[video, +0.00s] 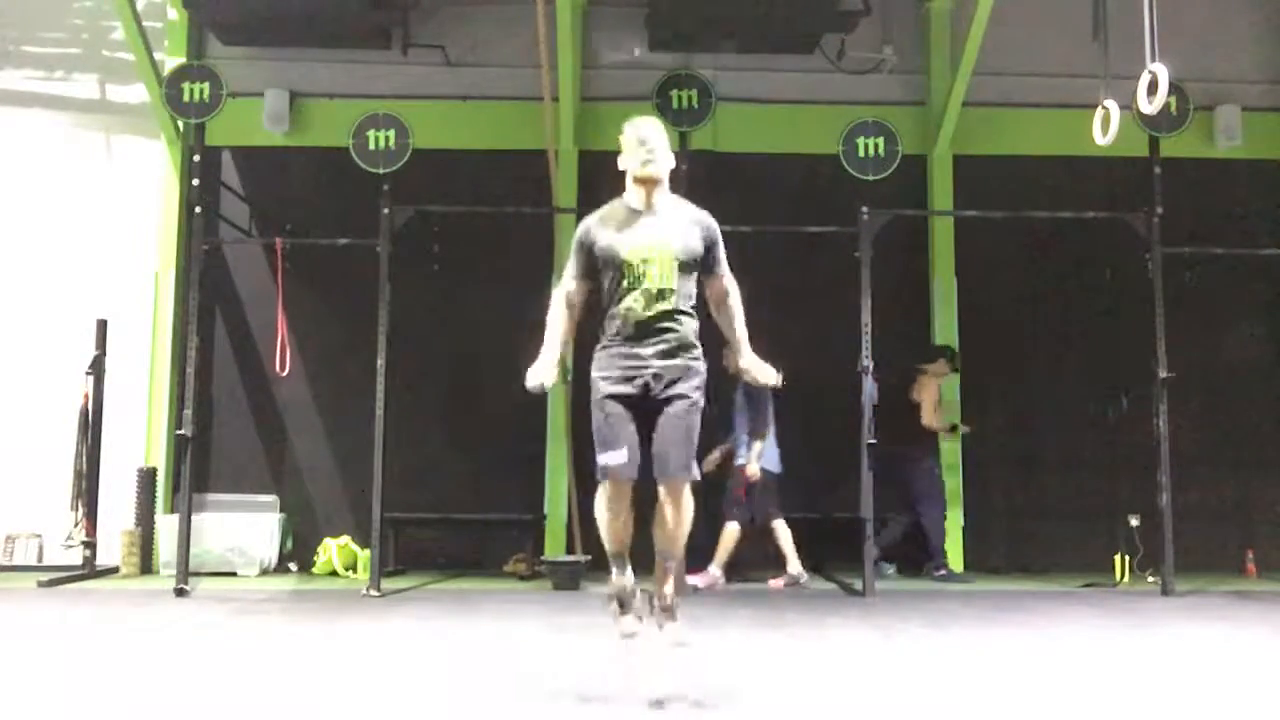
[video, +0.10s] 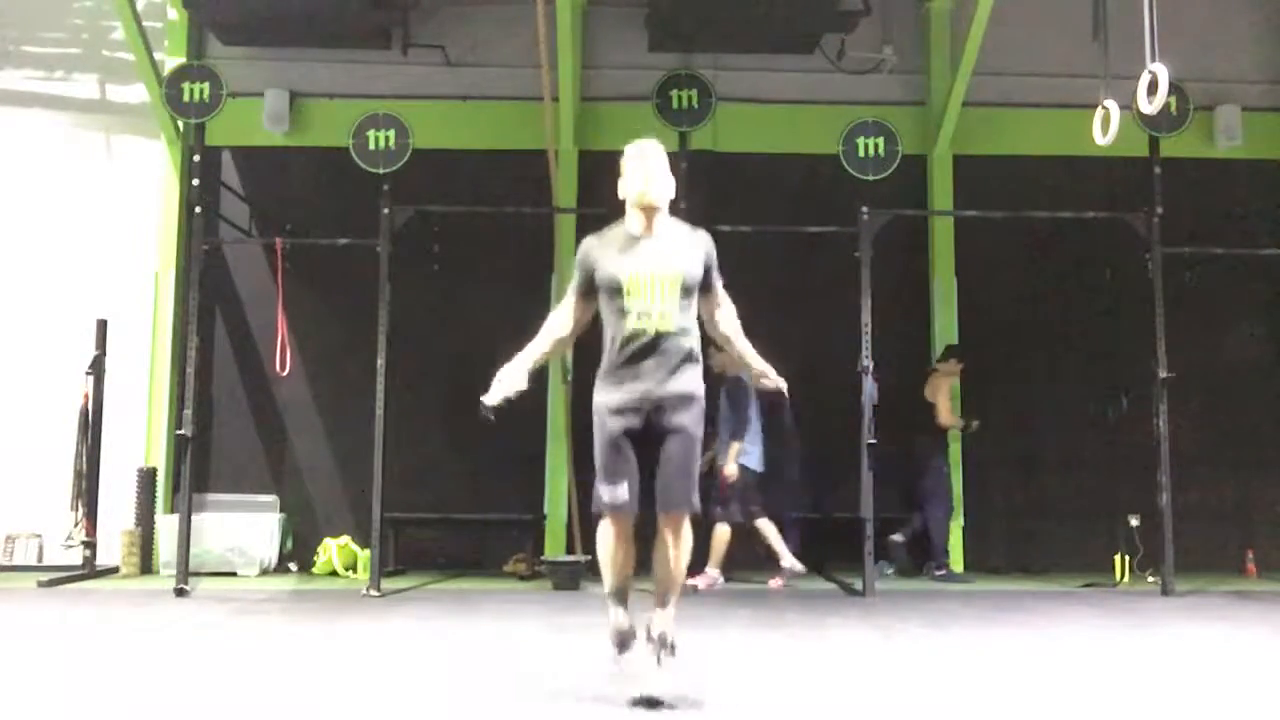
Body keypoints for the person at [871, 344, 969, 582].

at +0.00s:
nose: (946, 375)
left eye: (948, 370)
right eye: (947, 369)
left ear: (928, 362)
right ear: (940, 363)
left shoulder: (903, 379)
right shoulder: (929, 383)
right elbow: (928, 420)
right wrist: (952, 427)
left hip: (894, 451)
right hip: (918, 453)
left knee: (906, 507)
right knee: (931, 506)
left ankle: (877, 552)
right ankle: (938, 563)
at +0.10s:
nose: (961, 369)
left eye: (961, 365)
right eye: (960, 365)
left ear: (942, 361)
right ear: (954, 363)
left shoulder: (932, 380)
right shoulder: (943, 382)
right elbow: (944, 418)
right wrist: (964, 424)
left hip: (924, 446)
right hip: (934, 449)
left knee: (934, 501)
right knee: (939, 502)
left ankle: (903, 535)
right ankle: (939, 562)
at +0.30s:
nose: (981, 369)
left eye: (981, 364)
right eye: (978, 364)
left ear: (962, 361)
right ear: (967, 362)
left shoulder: (944, 379)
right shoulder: (965, 380)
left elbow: (945, 416)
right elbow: (970, 419)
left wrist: (978, 418)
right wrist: (987, 422)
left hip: (942, 447)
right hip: (957, 450)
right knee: (954, 503)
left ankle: (964, 543)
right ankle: (942, 562)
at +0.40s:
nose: (989, 373)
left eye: (990, 368)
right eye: (989, 368)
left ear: (969, 363)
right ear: (982, 365)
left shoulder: (949, 382)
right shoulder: (976, 381)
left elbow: (947, 421)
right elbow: (981, 421)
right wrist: (997, 423)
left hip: (952, 450)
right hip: (968, 452)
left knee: (981, 502)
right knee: (959, 505)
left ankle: (989, 558)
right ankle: (942, 563)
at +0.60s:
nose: (1014, 372)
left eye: (1014, 367)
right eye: (1012, 367)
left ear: (993, 367)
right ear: (1004, 367)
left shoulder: (982, 385)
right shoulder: (1000, 384)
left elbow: (982, 420)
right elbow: (1003, 422)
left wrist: (1014, 421)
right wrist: (1020, 425)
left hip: (976, 451)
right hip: (992, 453)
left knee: (994, 507)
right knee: (989, 508)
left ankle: (1002, 559)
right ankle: (958, 555)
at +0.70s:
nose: (1025, 371)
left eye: (1024, 367)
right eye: (1022, 367)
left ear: (1005, 368)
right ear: (1014, 368)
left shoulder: (994, 386)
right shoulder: (1012, 386)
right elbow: (1015, 421)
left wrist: (1024, 421)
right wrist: (1031, 423)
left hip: (990, 451)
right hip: (1005, 453)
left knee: (998, 506)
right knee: (1013, 509)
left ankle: (1007, 559)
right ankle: (982, 547)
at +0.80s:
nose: (1035, 370)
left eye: (1034, 366)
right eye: (1033, 367)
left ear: (1016, 371)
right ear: (1028, 370)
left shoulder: (1008, 386)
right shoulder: (1023, 385)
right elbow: (1025, 420)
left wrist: (1037, 421)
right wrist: (1042, 423)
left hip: (1008, 452)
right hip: (1022, 455)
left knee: (1015, 504)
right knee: (1034, 503)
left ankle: (1021, 556)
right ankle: (1011, 549)